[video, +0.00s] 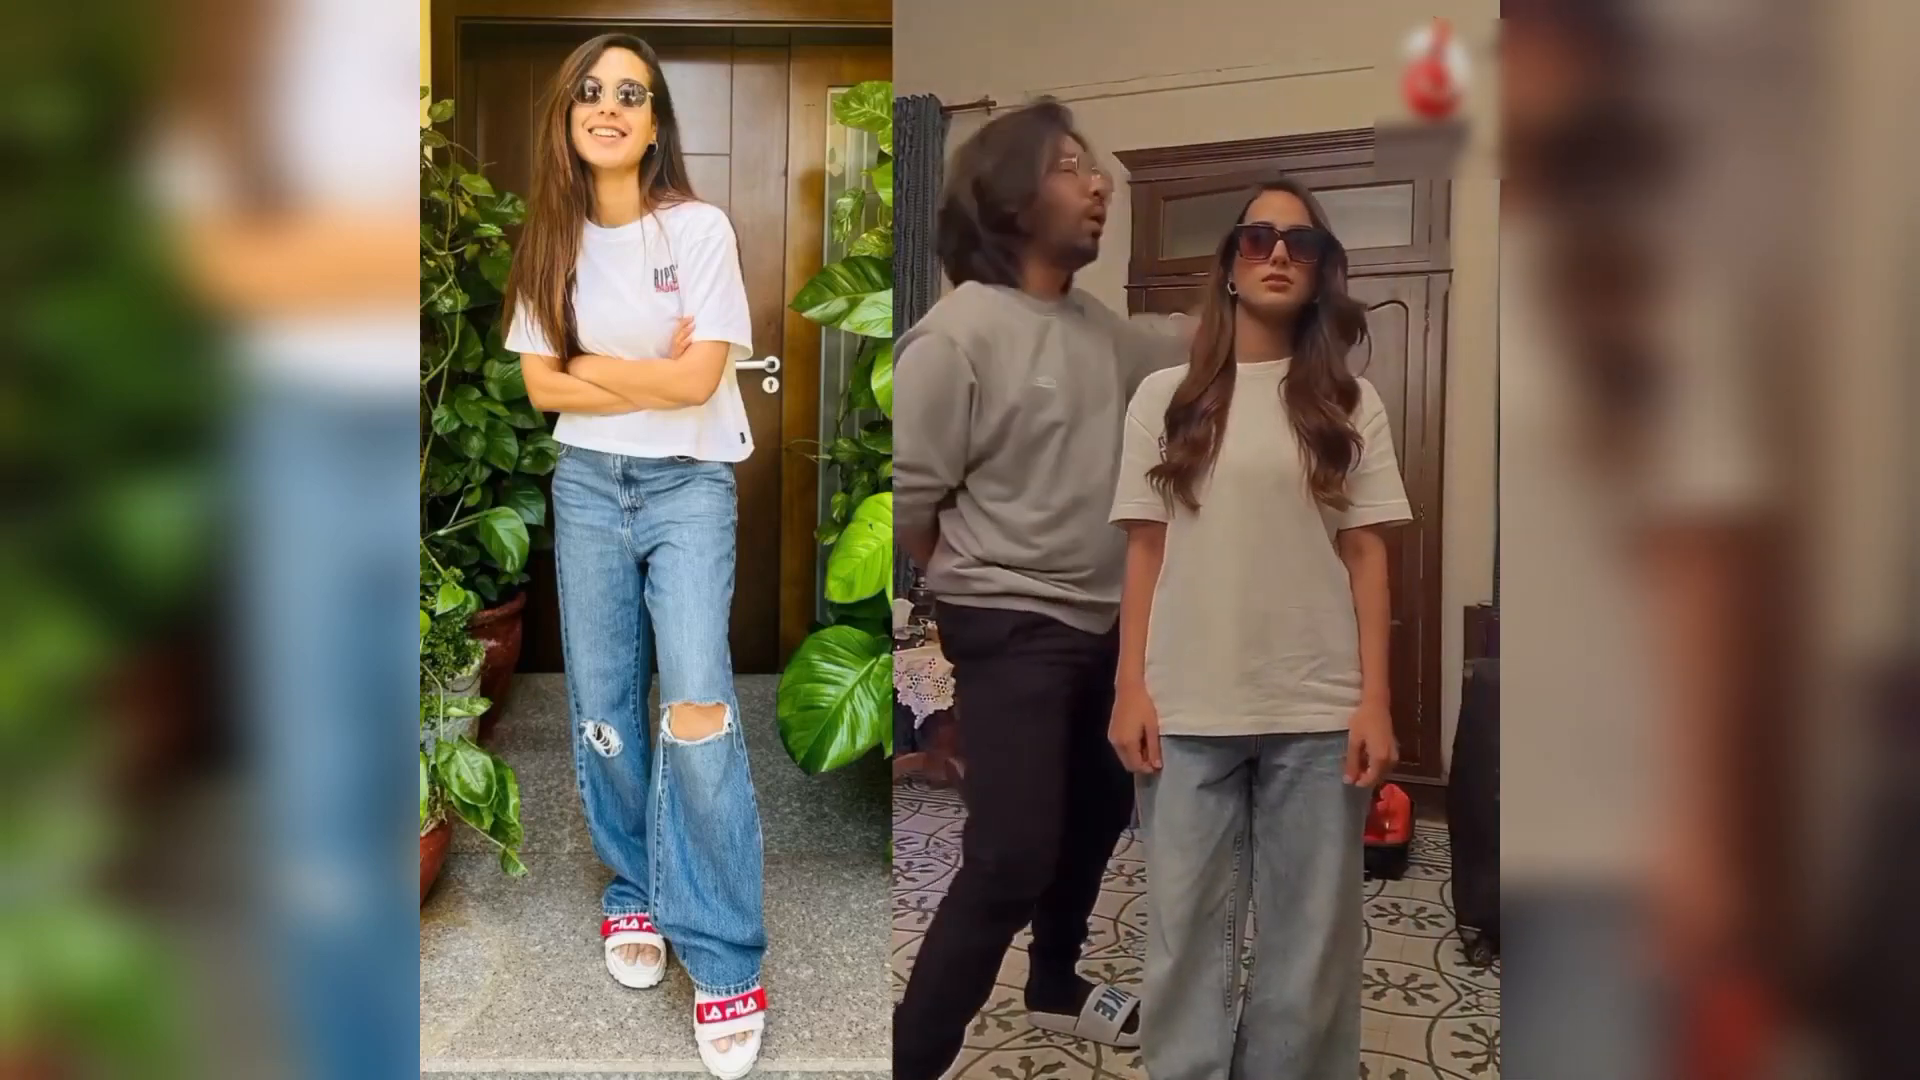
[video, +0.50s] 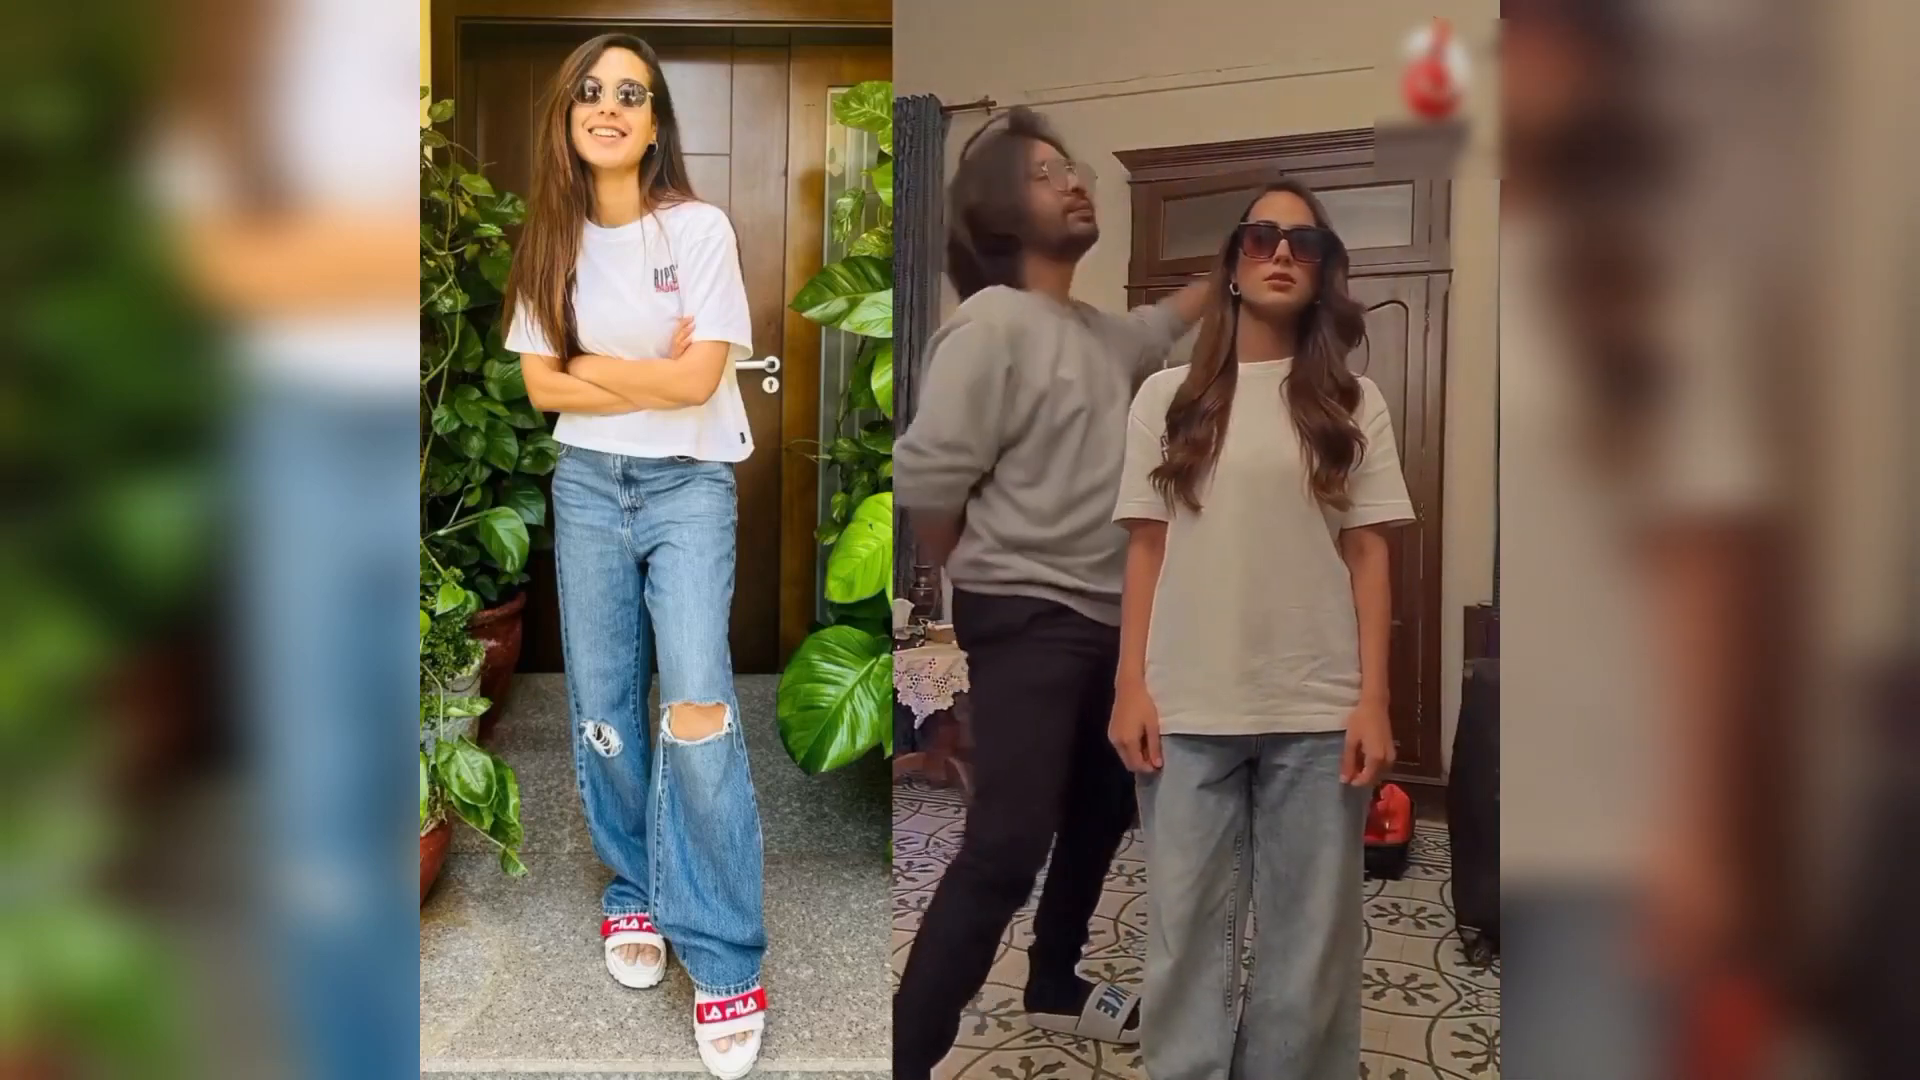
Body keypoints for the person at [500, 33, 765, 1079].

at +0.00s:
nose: (610, 111)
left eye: (630, 97)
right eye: (593, 95)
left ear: (657, 121)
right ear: (566, 117)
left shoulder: (700, 226)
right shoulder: (549, 240)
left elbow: (699, 379)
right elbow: (541, 386)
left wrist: (575, 362)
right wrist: (662, 379)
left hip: (689, 482)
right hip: (585, 484)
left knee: (695, 709)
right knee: (603, 709)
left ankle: (724, 957)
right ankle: (631, 890)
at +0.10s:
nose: (610, 111)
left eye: (630, 97)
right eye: (593, 95)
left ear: (657, 121)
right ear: (566, 117)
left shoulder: (700, 226)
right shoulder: (549, 240)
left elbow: (699, 379)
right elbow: (541, 386)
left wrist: (575, 362)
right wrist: (662, 379)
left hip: (689, 482)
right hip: (585, 484)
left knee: (695, 709)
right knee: (603, 709)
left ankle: (724, 958)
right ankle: (631, 890)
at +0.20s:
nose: (610, 111)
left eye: (630, 98)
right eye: (593, 95)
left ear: (656, 121)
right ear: (566, 117)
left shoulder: (699, 226)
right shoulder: (549, 240)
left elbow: (699, 378)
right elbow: (540, 385)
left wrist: (575, 362)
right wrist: (662, 379)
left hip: (689, 482)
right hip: (584, 484)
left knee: (694, 709)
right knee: (603, 709)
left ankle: (725, 958)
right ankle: (632, 892)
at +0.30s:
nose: (610, 111)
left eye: (630, 97)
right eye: (593, 95)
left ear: (656, 121)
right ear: (566, 117)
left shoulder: (700, 226)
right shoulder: (549, 240)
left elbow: (699, 378)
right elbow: (540, 385)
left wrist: (576, 362)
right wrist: (662, 379)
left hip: (689, 482)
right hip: (585, 484)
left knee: (695, 709)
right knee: (603, 708)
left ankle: (724, 958)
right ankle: (631, 891)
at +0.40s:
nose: (610, 111)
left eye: (630, 97)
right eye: (593, 95)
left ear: (657, 121)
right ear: (566, 117)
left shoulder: (700, 226)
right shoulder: (549, 240)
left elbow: (699, 379)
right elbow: (541, 386)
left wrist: (575, 362)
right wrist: (662, 379)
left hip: (689, 482)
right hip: (585, 484)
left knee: (695, 709)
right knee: (603, 709)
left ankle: (724, 958)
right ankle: (631, 890)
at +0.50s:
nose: (610, 111)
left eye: (630, 97)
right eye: (593, 95)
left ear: (657, 121)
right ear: (566, 118)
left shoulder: (700, 226)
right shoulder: (549, 240)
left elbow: (699, 378)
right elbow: (540, 386)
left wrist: (575, 362)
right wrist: (662, 379)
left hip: (689, 482)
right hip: (585, 484)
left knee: (695, 709)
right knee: (603, 709)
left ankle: (724, 958)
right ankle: (631, 890)